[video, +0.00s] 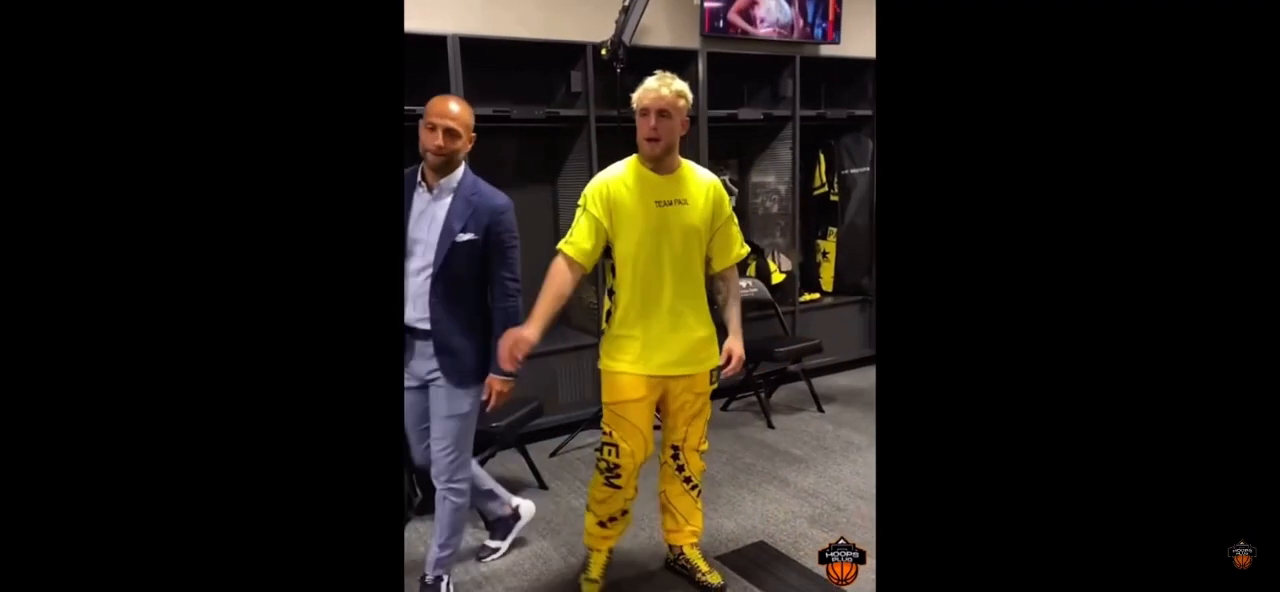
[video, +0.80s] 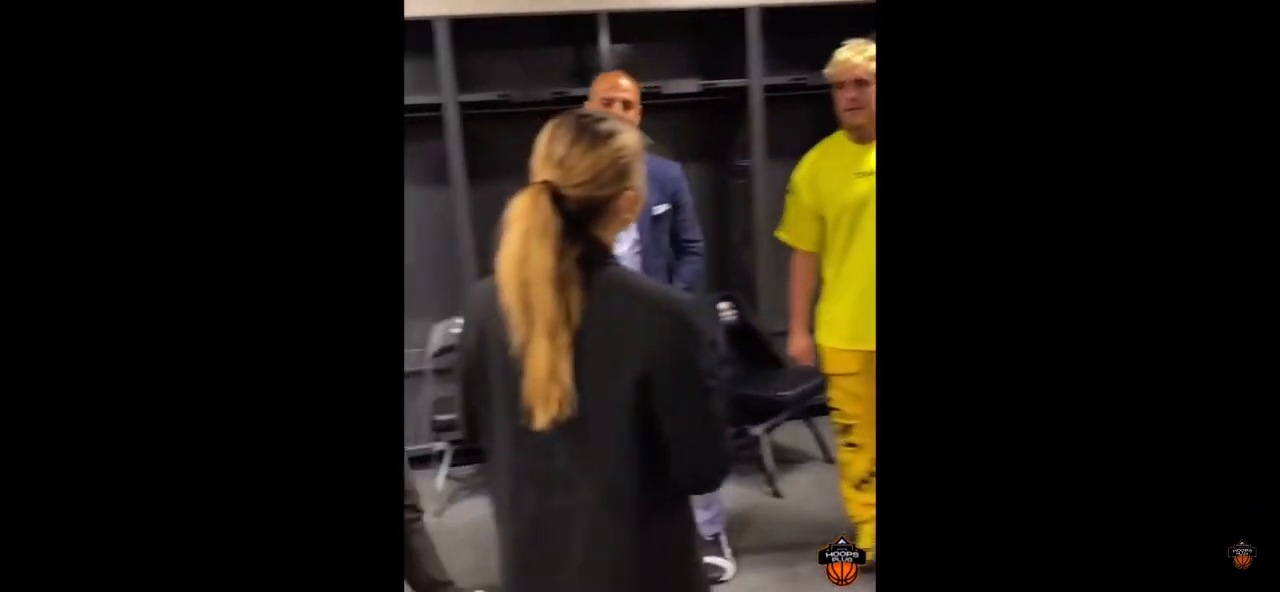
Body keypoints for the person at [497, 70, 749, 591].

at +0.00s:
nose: (651, 124)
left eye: (663, 115)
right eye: (644, 114)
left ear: (685, 124)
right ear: (634, 122)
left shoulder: (709, 189)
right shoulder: (607, 188)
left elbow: (727, 272)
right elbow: (570, 261)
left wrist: (734, 333)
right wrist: (534, 325)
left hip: (692, 348)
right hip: (628, 349)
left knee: (687, 456)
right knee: (621, 458)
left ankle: (683, 545)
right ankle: (598, 551)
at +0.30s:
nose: (662, 116)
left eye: (672, 105)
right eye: (653, 107)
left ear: (694, 112)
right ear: (642, 114)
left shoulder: (727, 178)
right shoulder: (621, 185)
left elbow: (750, 262)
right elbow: (609, 266)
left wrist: (761, 329)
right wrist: (598, 336)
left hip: (717, 337)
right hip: (646, 340)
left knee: (728, 443)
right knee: (638, 445)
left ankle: (734, 536)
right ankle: (634, 533)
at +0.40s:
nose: (683, 114)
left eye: (694, 104)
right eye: (675, 105)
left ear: (717, 108)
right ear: (665, 112)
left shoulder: (756, 173)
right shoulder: (648, 182)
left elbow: (780, 257)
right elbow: (626, 260)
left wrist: (790, 328)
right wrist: (604, 327)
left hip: (744, 334)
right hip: (674, 337)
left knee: (761, 441)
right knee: (671, 442)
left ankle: (774, 536)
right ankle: (671, 531)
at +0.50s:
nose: (717, 112)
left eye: (728, 101)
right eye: (709, 103)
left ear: (755, 104)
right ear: (700, 109)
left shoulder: (794, 167)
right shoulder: (685, 177)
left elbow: (817, 251)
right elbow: (658, 254)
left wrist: (827, 326)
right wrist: (632, 323)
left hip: (784, 331)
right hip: (711, 334)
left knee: (806, 439)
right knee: (713, 439)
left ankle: (824, 536)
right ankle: (718, 526)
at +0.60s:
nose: (762, 107)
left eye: (773, 96)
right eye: (752, 98)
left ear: (800, 99)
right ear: (744, 104)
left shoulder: (839, 162)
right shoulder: (728, 173)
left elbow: (861, 252)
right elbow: (701, 254)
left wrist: (867, 328)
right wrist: (678, 324)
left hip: (828, 329)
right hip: (753, 331)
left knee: (855, 440)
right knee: (760, 436)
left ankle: (868, 532)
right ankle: (769, 524)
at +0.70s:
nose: (811, 100)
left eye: (822, 89)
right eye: (802, 91)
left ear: (846, 93)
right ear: (791, 99)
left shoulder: (872, 151)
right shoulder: (774, 169)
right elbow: (753, 251)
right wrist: (737, 326)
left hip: (868, 322)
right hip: (802, 324)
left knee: (876, 425)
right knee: (811, 431)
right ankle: (822, 525)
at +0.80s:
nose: (852, 95)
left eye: (862, 84)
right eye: (842, 86)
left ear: (880, 90)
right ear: (832, 95)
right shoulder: (818, 166)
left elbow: (803, 251)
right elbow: (804, 253)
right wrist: (799, 329)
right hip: (847, 324)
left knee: (866, 435)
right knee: (856, 434)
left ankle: (869, 530)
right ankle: (866, 530)